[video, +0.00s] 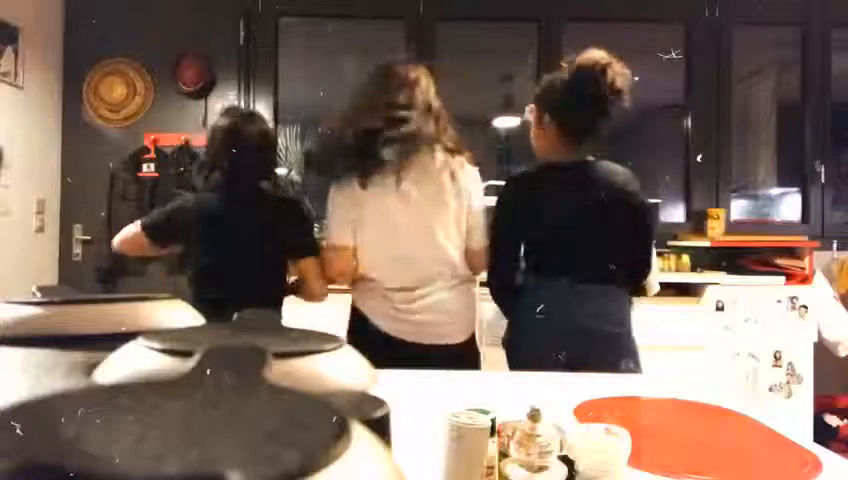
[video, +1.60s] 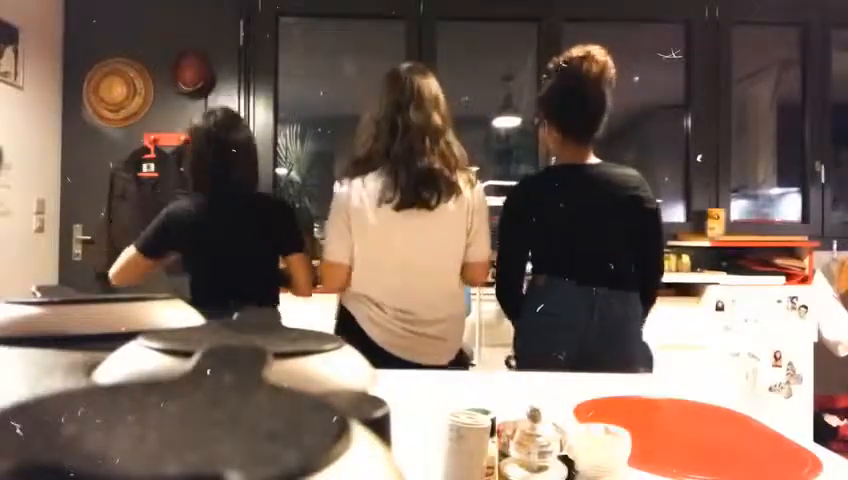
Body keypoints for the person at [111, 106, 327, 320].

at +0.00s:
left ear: (213, 155)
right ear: (269, 155)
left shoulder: (195, 208)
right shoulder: (288, 209)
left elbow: (123, 243)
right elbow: (315, 290)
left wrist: (173, 246)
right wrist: (285, 281)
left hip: (206, 342)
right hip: (267, 344)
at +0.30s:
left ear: (201, 158)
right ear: (257, 157)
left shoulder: (182, 215)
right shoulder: (282, 215)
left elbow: (113, 265)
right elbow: (307, 291)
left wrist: (174, 258)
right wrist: (272, 276)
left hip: (199, 350)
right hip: (264, 351)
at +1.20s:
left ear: (192, 144)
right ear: (247, 145)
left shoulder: (170, 201)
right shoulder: (265, 200)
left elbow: (107, 255)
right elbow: (299, 277)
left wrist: (159, 247)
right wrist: (261, 261)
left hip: (195, 332)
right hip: (260, 331)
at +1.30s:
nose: (255, 153)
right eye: (252, 145)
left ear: (195, 155)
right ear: (248, 154)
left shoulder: (173, 213)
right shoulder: (271, 211)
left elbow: (111, 271)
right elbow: (302, 288)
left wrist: (165, 258)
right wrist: (270, 269)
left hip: (197, 345)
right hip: (262, 345)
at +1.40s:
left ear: (195, 144)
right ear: (250, 142)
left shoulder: (174, 202)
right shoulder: (272, 202)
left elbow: (111, 258)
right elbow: (302, 279)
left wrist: (163, 244)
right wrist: (264, 263)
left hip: (196, 336)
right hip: (260, 337)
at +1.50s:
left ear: (196, 144)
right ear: (250, 142)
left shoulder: (176, 200)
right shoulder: (272, 200)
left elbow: (112, 257)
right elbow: (302, 278)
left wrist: (163, 242)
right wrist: (264, 260)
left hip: (197, 331)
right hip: (262, 331)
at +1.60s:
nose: (184, 165)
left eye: (188, 155)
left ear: (196, 162)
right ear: (249, 158)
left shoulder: (183, 215)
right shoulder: (276, 211)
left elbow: (120, 276)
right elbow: (304, 287)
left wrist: (171, 259)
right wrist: (271, 270)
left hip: (205, 342)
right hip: (266, 342)